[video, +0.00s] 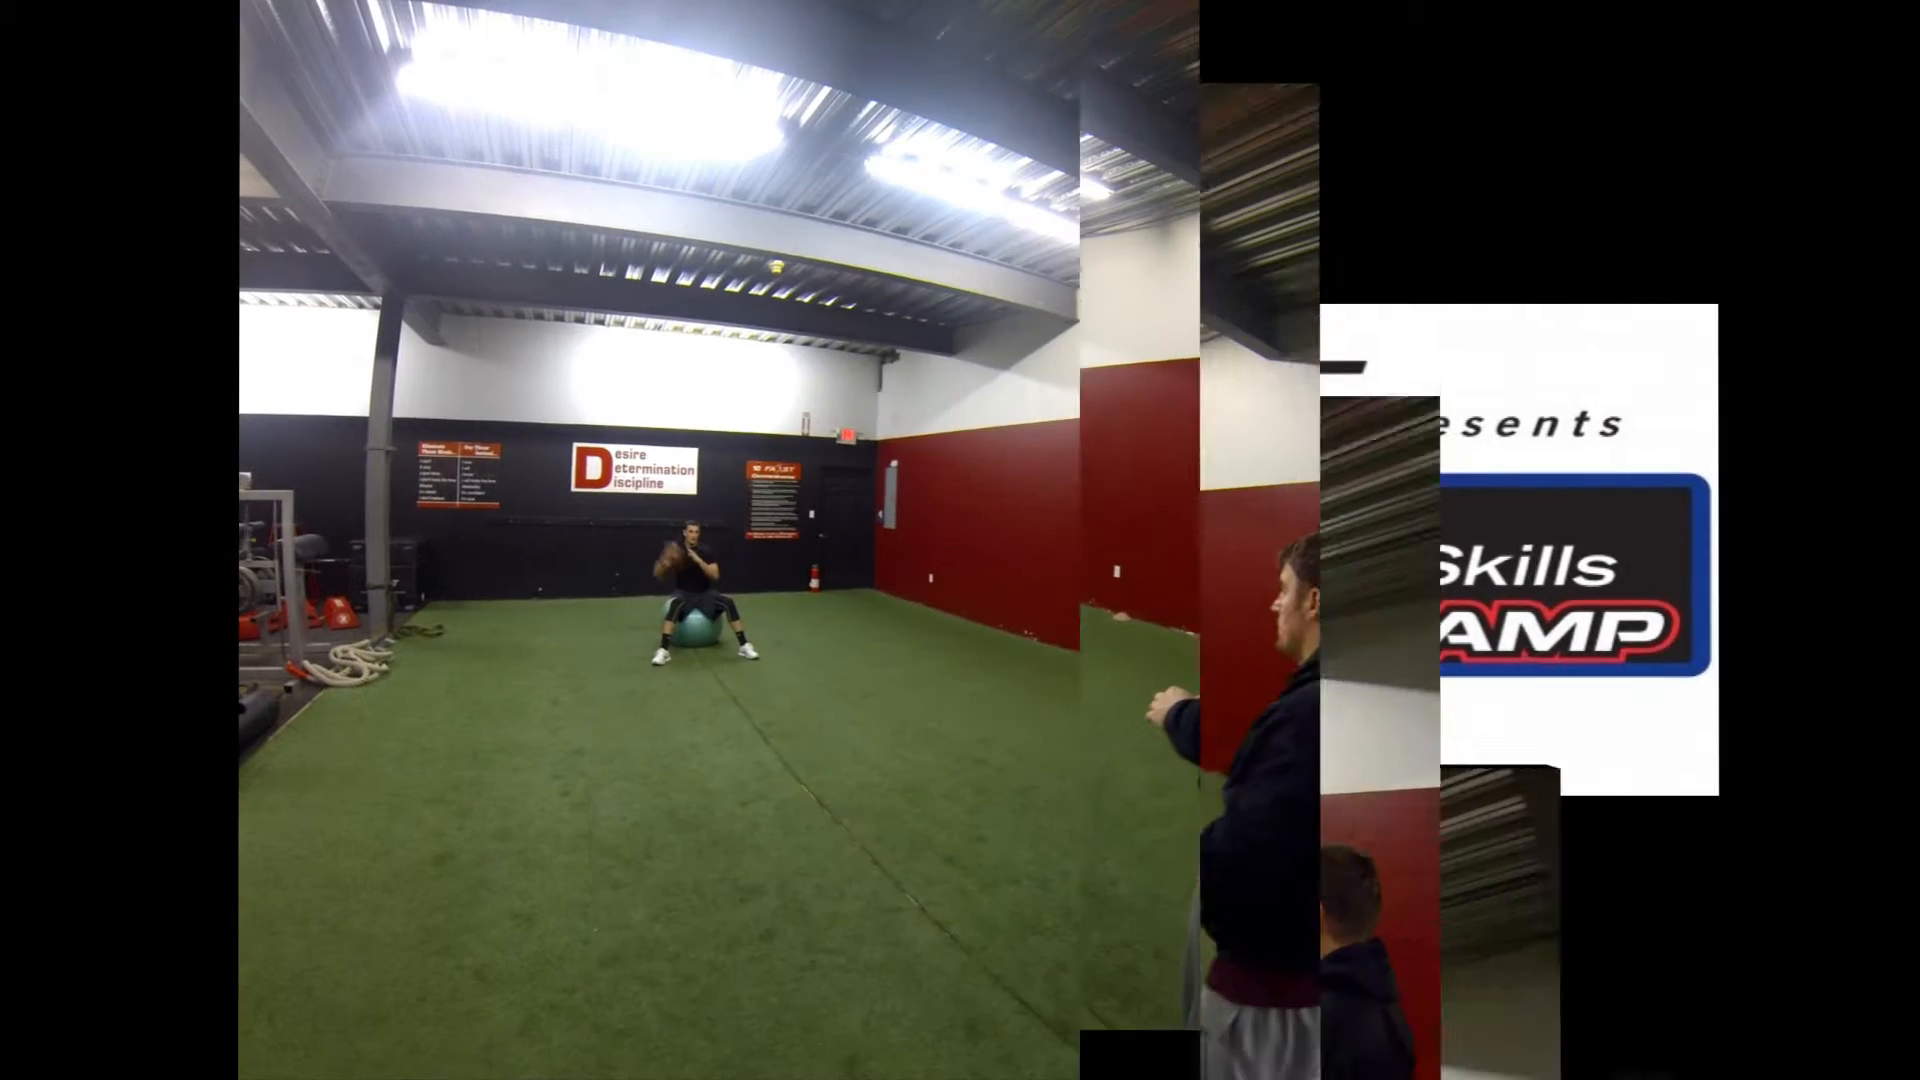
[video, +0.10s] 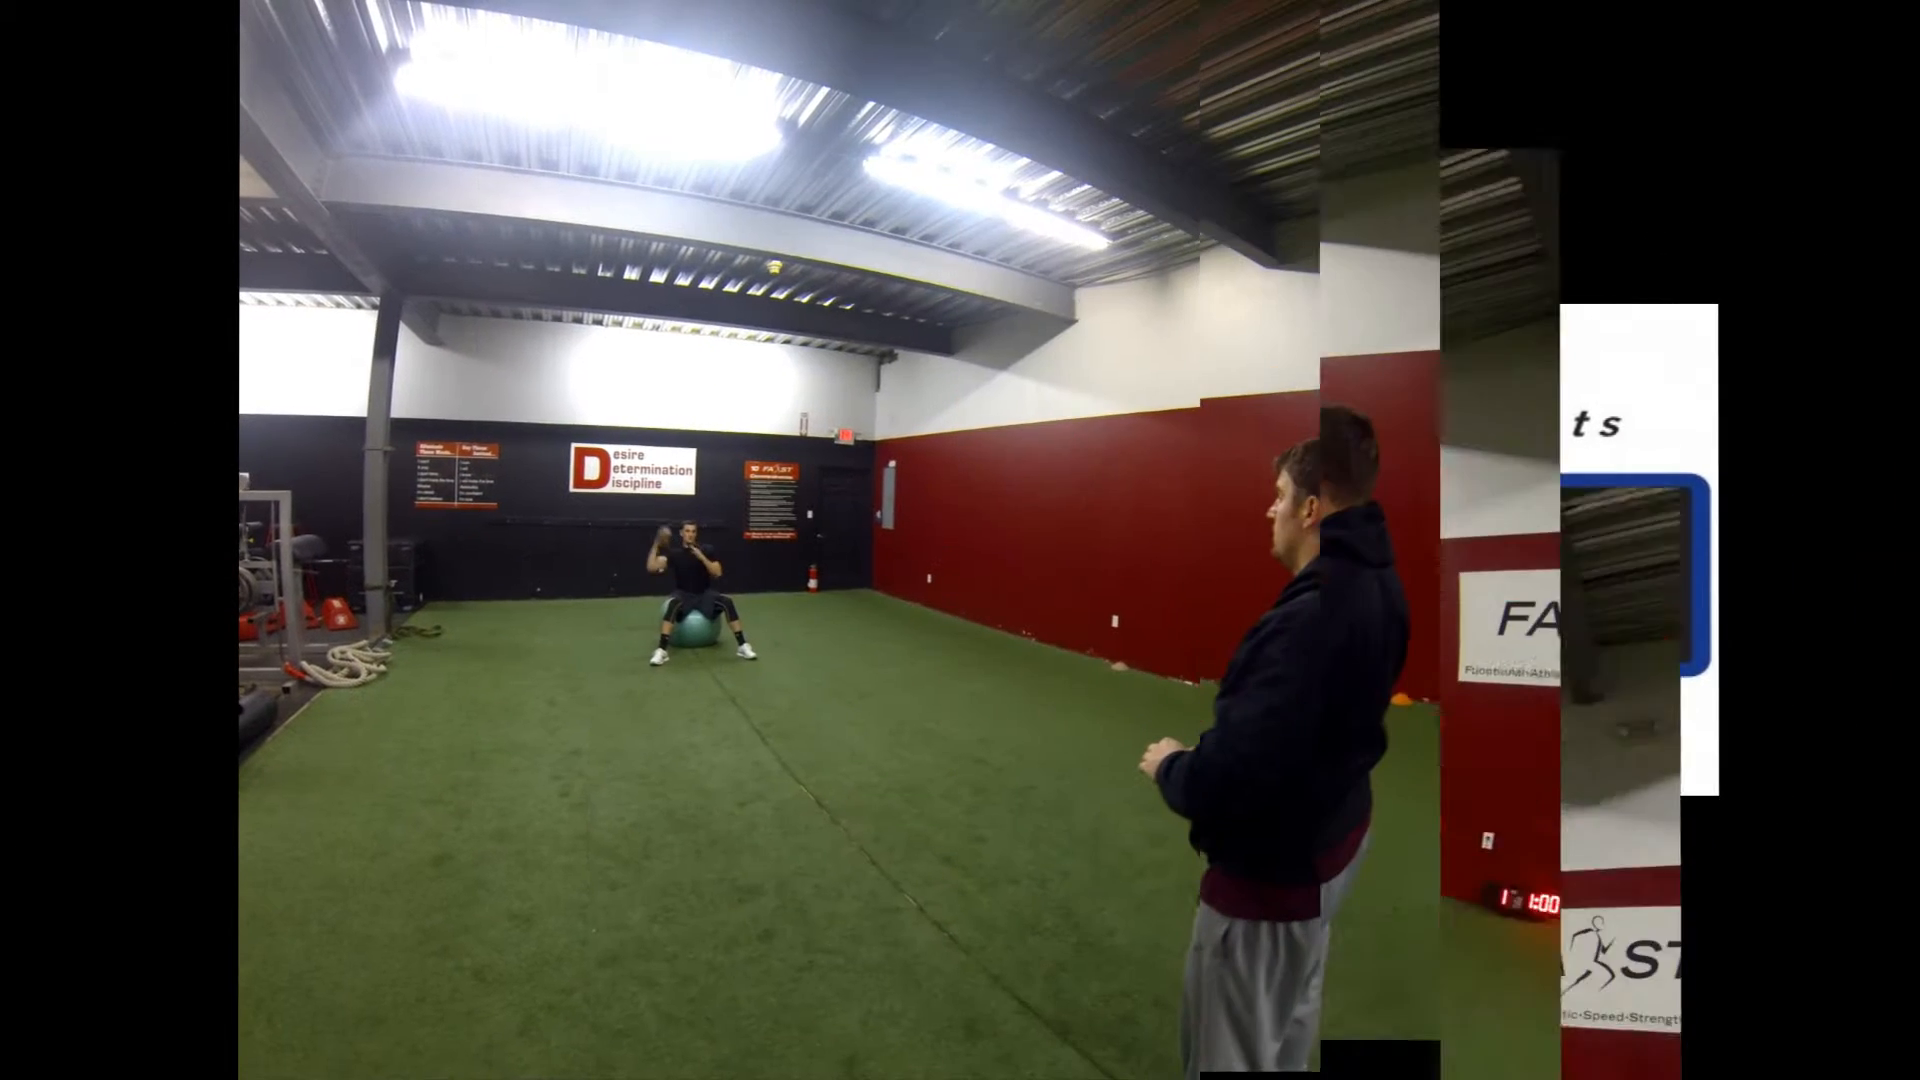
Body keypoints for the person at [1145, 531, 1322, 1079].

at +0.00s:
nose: (1275, 606)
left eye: (1283, 590)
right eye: (1278, 590)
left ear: (1315, 601)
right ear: (1314, 602)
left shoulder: (1309, 706)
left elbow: (1236, 852)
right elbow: (1255, 751)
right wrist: (1182, 716)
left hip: (1267, 978)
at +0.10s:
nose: (1269, 515)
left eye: (1277, 499)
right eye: (1272, 498)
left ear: (1312, 506)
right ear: (1338, 505)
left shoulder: (1314, 613)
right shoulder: (1372, 587)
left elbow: (1227, 777)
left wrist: (1171, 766)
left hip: (1271, 867)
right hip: (1330, 838)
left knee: (1226, 1046)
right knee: (1291, 1021)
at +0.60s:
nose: (1256, 516)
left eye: (1267, 501)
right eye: (1262, 500)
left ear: (1300, 519)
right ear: (1346, 523)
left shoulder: (1284, 645)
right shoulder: (1364, 619)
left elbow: (1168, 784)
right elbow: (1301, 723)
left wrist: (1137, 717)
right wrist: (1205, 698)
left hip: (1255, 919)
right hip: (1330, 890)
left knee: (1218, 1065)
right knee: (1284, 1050)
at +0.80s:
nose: (1258, 517)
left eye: (1270, 503)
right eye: (1265, 502)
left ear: (1302, 520)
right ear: (1340, 527)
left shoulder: (1274, 644)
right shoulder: (1370, 620)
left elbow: (1121, 708)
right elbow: (1285, 658)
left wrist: (1106, 622)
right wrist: (1187, 618)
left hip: (1262, 919)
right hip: (1344, 893)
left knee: (1222, 1067)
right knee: (1287, 1062)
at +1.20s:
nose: (1292, 528)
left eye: (1297, 513)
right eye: (1294, 514)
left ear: (1319, 522)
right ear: (1385, 525)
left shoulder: (1275, 648)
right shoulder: (1411, 635)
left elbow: (1169, 738)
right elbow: (1339, 706)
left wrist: (1174, 646)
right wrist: (1271, 626)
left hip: (1276, 915)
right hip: (1374, 896)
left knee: (1231, 1066)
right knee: (1333, 1063)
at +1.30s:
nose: (1310, 530)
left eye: (1313, 516)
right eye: (1311, 516)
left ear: (1333, 523)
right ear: (1399, 526)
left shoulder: (1289, 646)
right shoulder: (1429, 638)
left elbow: (1190, 739)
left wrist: (1197, 653)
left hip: (1283, 914)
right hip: (1383, 900)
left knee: (1228, 1065)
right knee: (1344, 1064)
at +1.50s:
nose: (1352, 531)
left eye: (1355, 518)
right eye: (1355, 519)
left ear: (1371, 526)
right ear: (1442, 534)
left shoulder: (1320, 637)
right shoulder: (1468, 649)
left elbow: (1229, 728)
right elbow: (1447, 765)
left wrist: (1268, 647)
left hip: (1300, 909)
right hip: (1402, 904)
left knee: (1227, 1065)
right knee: (1355, 1066)